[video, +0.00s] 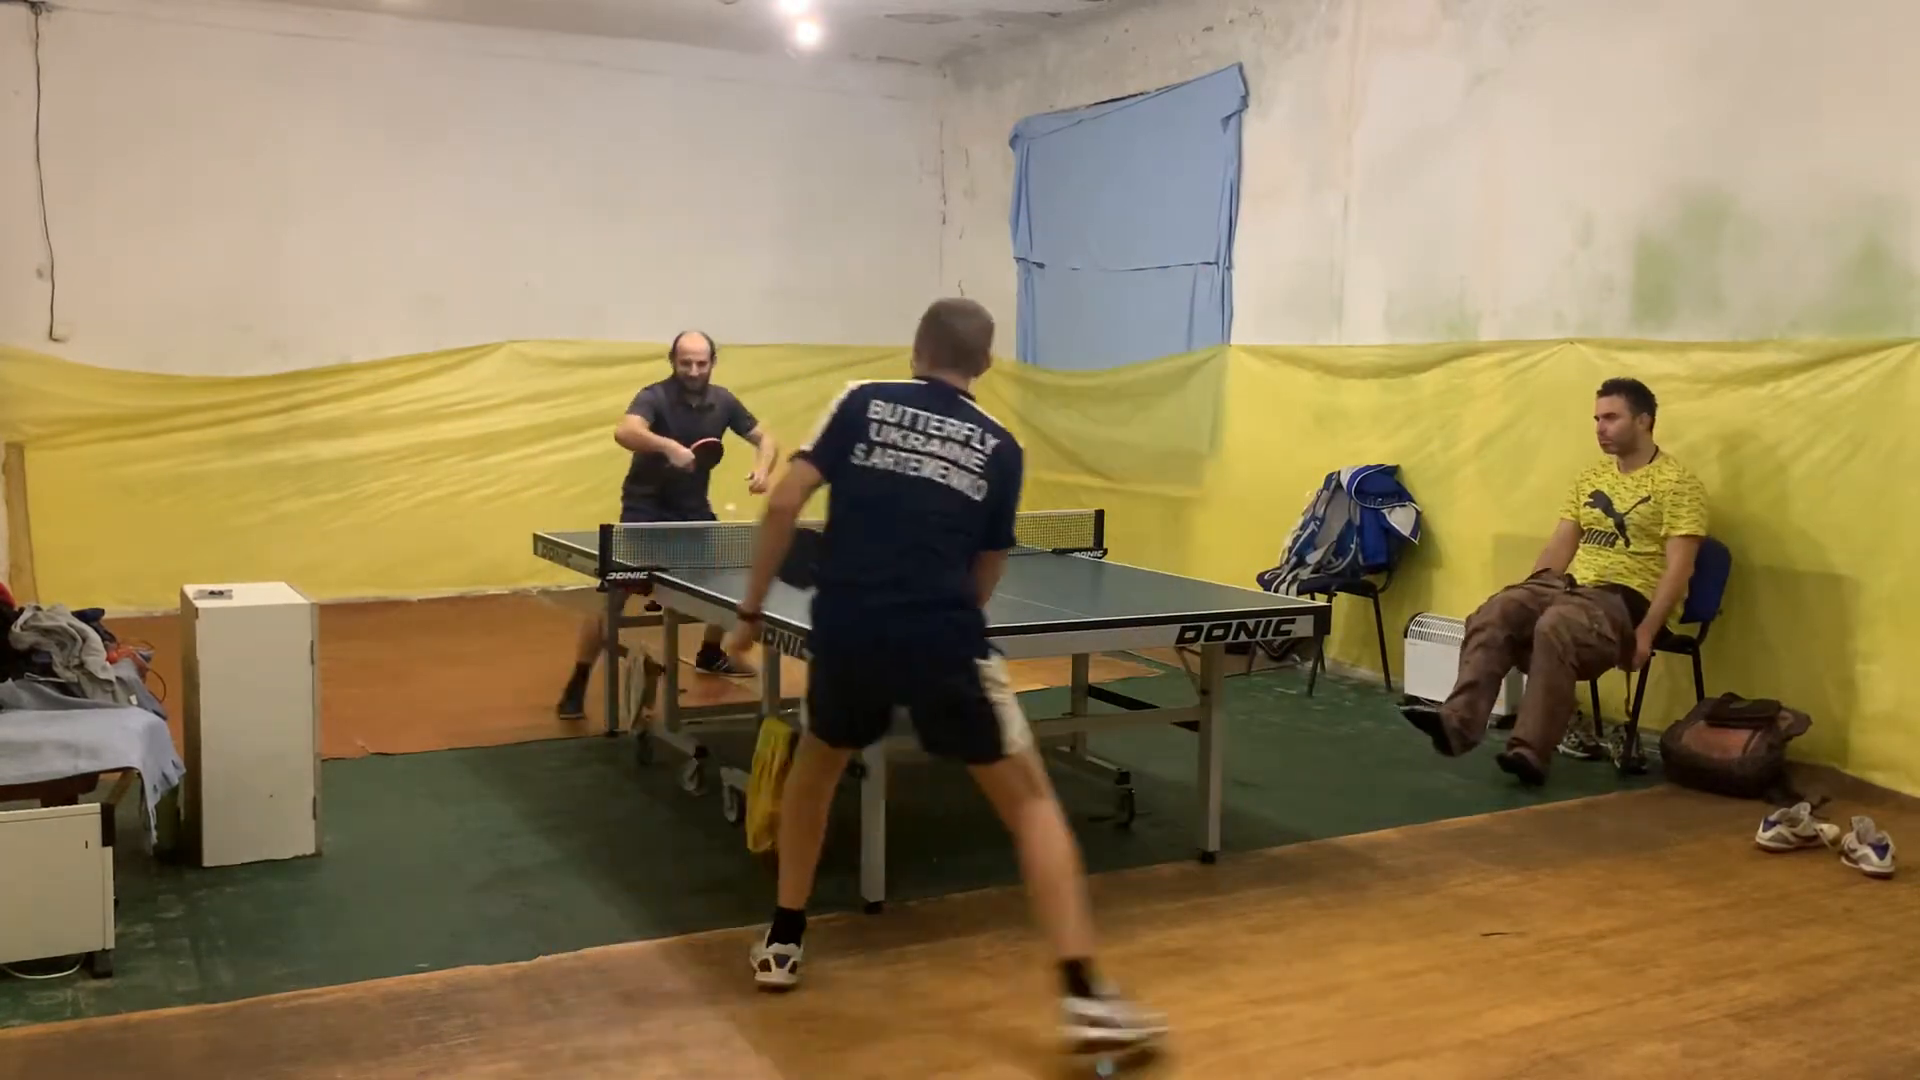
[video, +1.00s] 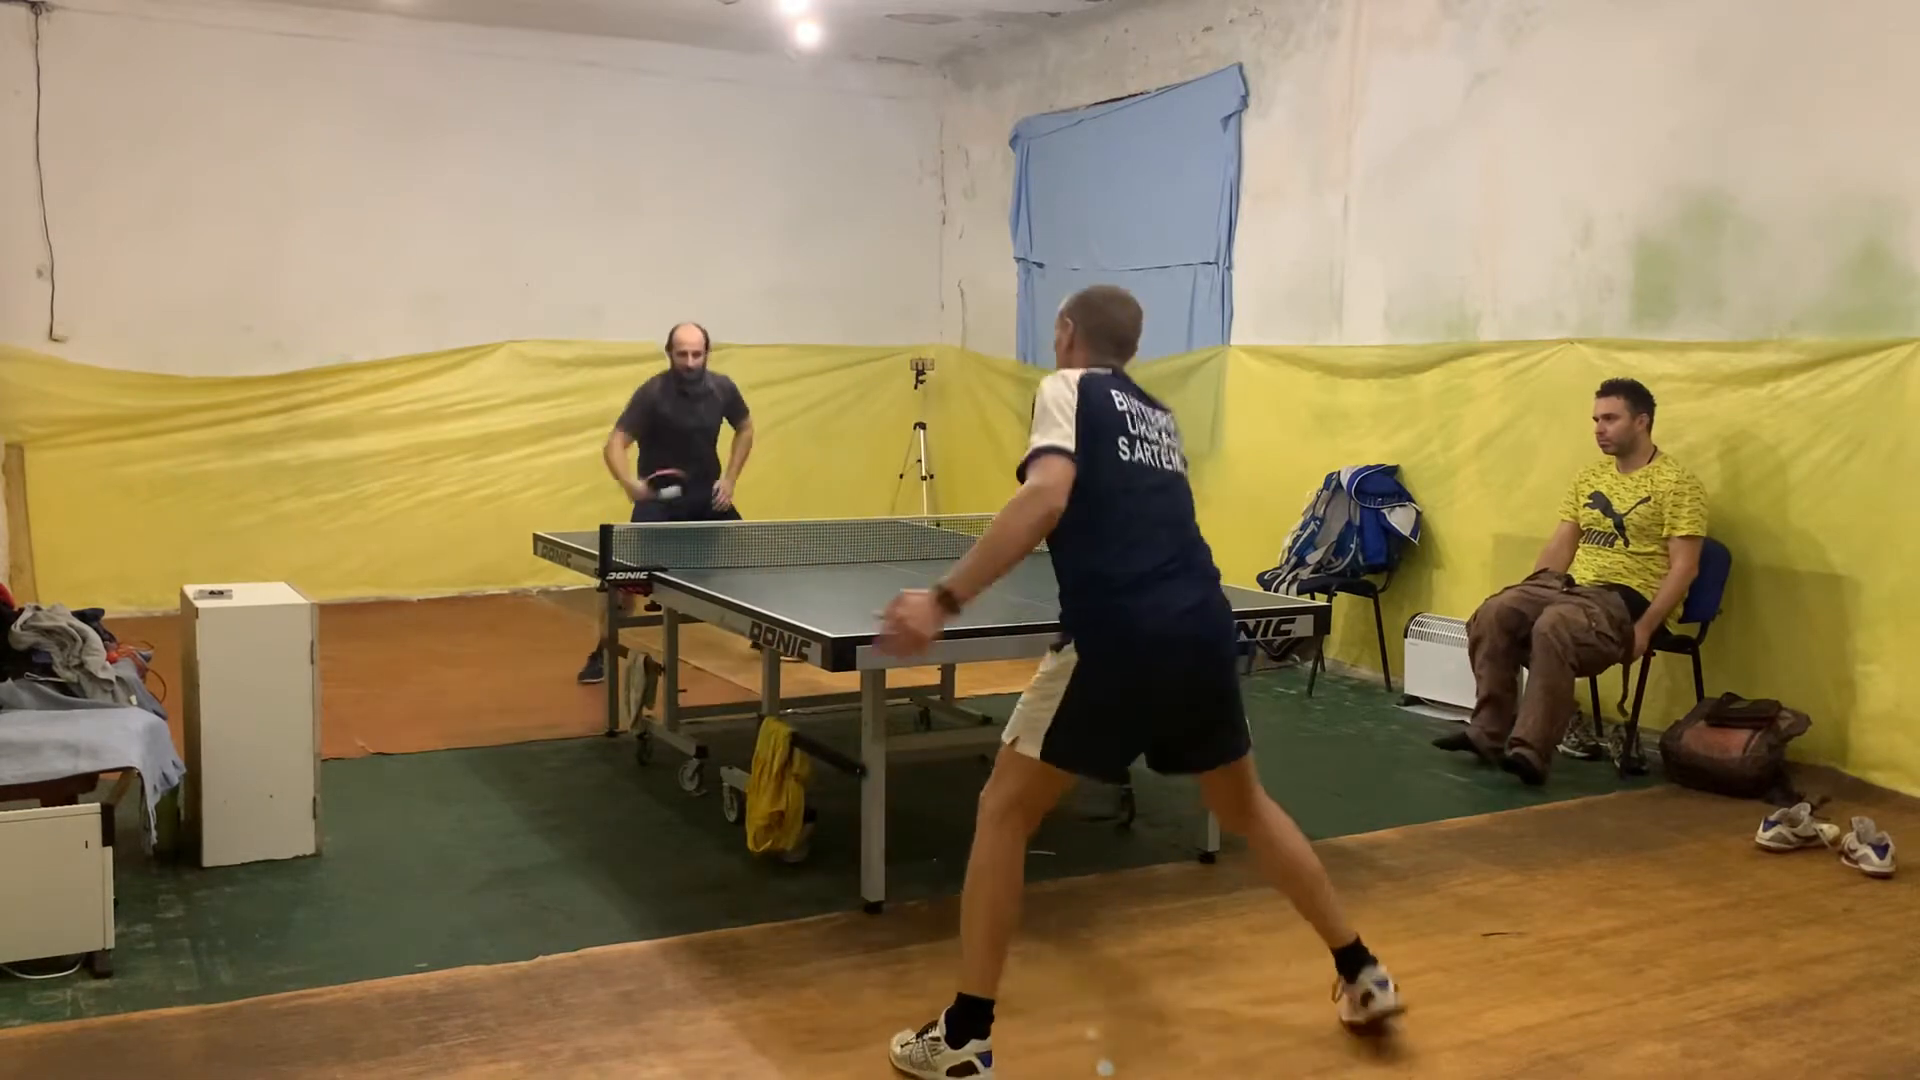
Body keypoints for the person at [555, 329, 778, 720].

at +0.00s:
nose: (694, 370)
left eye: (701, 363)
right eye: (686, 363)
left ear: (712, 363)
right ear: (673, 363)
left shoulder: (722, 400)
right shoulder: (654, 396)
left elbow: (765, 439)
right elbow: (625, 432)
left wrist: (763, 467)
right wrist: (668, 446)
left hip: (695, 512)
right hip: (645, 511)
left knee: (731, 579)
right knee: (615, 596)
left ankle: (711, 652)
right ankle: (578, 681)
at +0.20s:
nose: (668, 394)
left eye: (677, 386)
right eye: (660, 385)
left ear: (687, 386)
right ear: (646, 381)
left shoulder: (691, 421)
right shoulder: (623, 413)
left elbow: (727, 456)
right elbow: (595, 453)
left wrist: (731, 491)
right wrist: (640, 492)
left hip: (655, 519)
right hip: (608, 518)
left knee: (698, 578)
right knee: (601, 598)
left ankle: (704, 655)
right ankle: (566, 687)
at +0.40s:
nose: (646, 373)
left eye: (654, 365)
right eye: (638, 364)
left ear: (664, 365)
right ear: (622, 362)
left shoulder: (679, 396)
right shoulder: (602, 405)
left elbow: (724, 420)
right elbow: (559, 447)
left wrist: (758, 459)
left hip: (674, 520)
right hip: (621, 524)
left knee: (709, 592)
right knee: (602, 601)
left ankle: (670, 647)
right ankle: (566, 685)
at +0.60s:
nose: (671, 358)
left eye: (678, 351)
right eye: (663, 351)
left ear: (687, 352)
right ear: (648, 353)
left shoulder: (706, 391)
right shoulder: (629, 398)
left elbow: (757, 418)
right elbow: (592, 440)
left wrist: (786, 448)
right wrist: (554, 462)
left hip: (699, 508)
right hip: (646, 510)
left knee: (727, 573)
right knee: (618, 587)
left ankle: (725, 639)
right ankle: (595, 663)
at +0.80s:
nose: (679, 338)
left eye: (686, 331)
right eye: (671, 332)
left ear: (695, 332)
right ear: (657, 333)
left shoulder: (715, 368)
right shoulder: (639, 376)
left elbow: (759, 407)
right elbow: (596, 414)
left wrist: (745, 443)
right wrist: (605, 430)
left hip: (708, 485)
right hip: (656, 487)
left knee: (743, 558)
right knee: (624, 565)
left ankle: (734, 632)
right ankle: (601, 653)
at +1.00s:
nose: (690, 361)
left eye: (697, 354)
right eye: (682, 354)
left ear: (706, 354)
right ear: (669, 355)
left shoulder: (722, 389)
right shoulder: (652, 392)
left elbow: (746, 429)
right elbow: (614, 445)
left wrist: (730, 478)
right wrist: (630, 483)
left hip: (708, 497)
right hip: (658, 500)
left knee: (751, 559)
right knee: (624, 571)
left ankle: (768, 633)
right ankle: (604, 650)